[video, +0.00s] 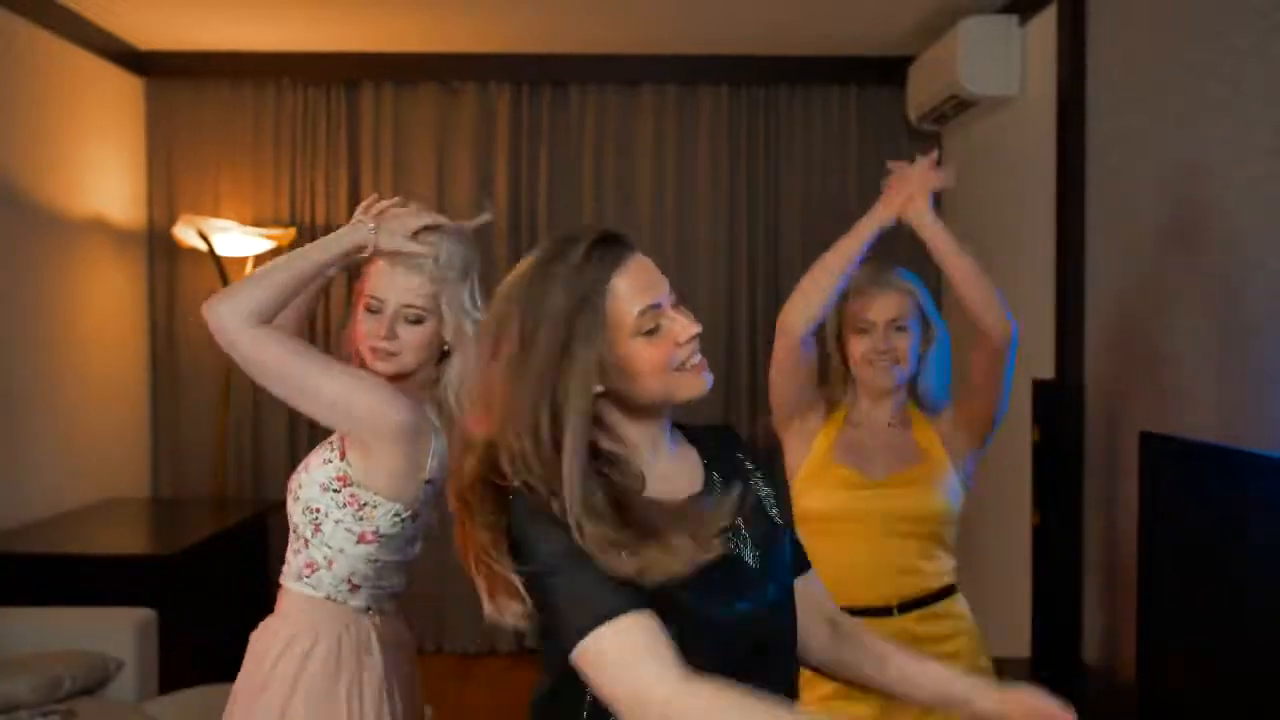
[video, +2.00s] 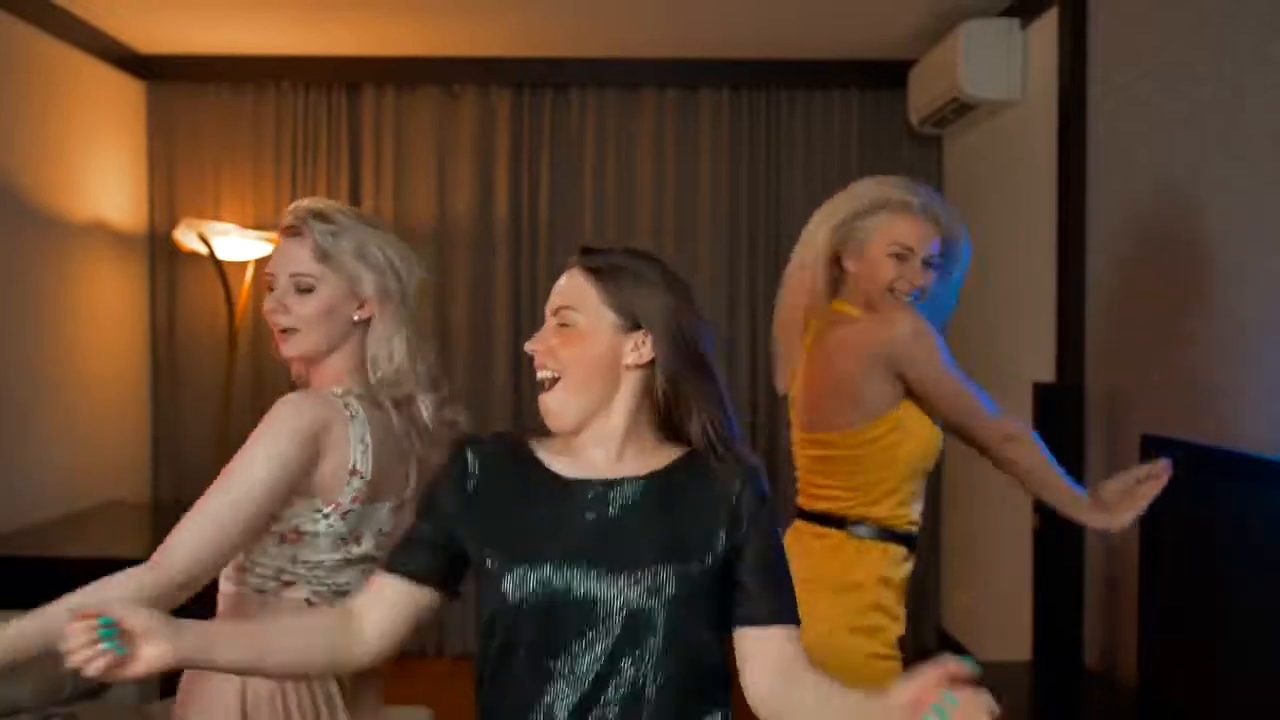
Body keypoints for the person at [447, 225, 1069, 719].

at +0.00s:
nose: (689, 327)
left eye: (677, 306)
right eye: (652, 322)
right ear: (584, 367)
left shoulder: (730, 457)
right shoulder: (548, 502)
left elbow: (829, 636)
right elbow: (657, 700)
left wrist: (982, 698)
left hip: (759, 716)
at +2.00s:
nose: (534, 345)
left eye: (565, 325)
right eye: (542, 323)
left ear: (642, 350)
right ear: (599, 347)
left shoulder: (725, 492)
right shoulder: (484, 476)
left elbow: (779, 685)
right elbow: (361, 629)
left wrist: (892, 702)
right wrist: (177, 640)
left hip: (670, 717)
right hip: (521, 711)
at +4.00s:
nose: (512, 321)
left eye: (511, 304)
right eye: (483, 302)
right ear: (419, 320)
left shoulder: (497, 439)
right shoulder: (385, 447)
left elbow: (520, 551)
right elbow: (350, 664)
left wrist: (583, 435)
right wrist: (366, 491)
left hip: (509, 703)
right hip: (416, 707)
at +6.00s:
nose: (505, 315)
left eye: (490, 302)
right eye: (475, 308)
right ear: (423, 343)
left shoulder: (517, 455)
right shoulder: (436, 468)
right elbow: (586, 550)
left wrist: (642, 493)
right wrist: (636, 463)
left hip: (559, 701)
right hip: (478, 706)